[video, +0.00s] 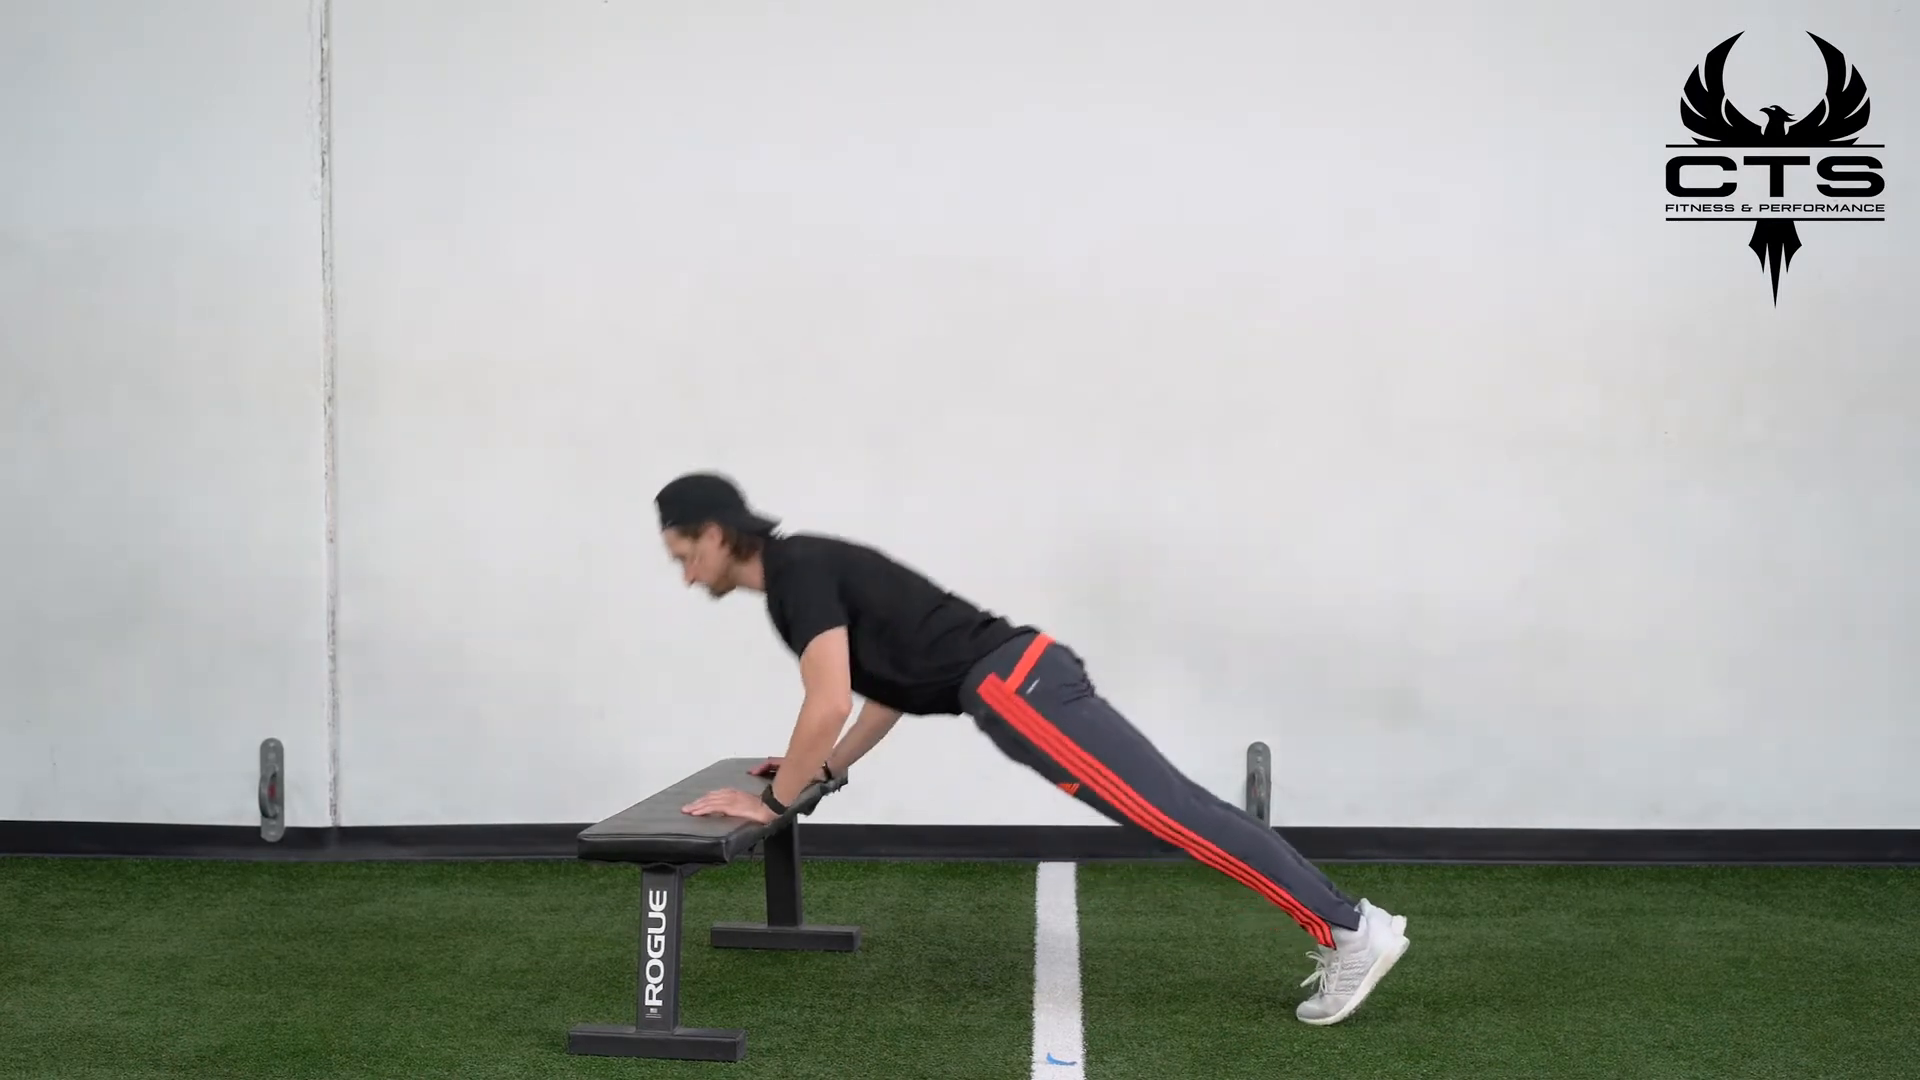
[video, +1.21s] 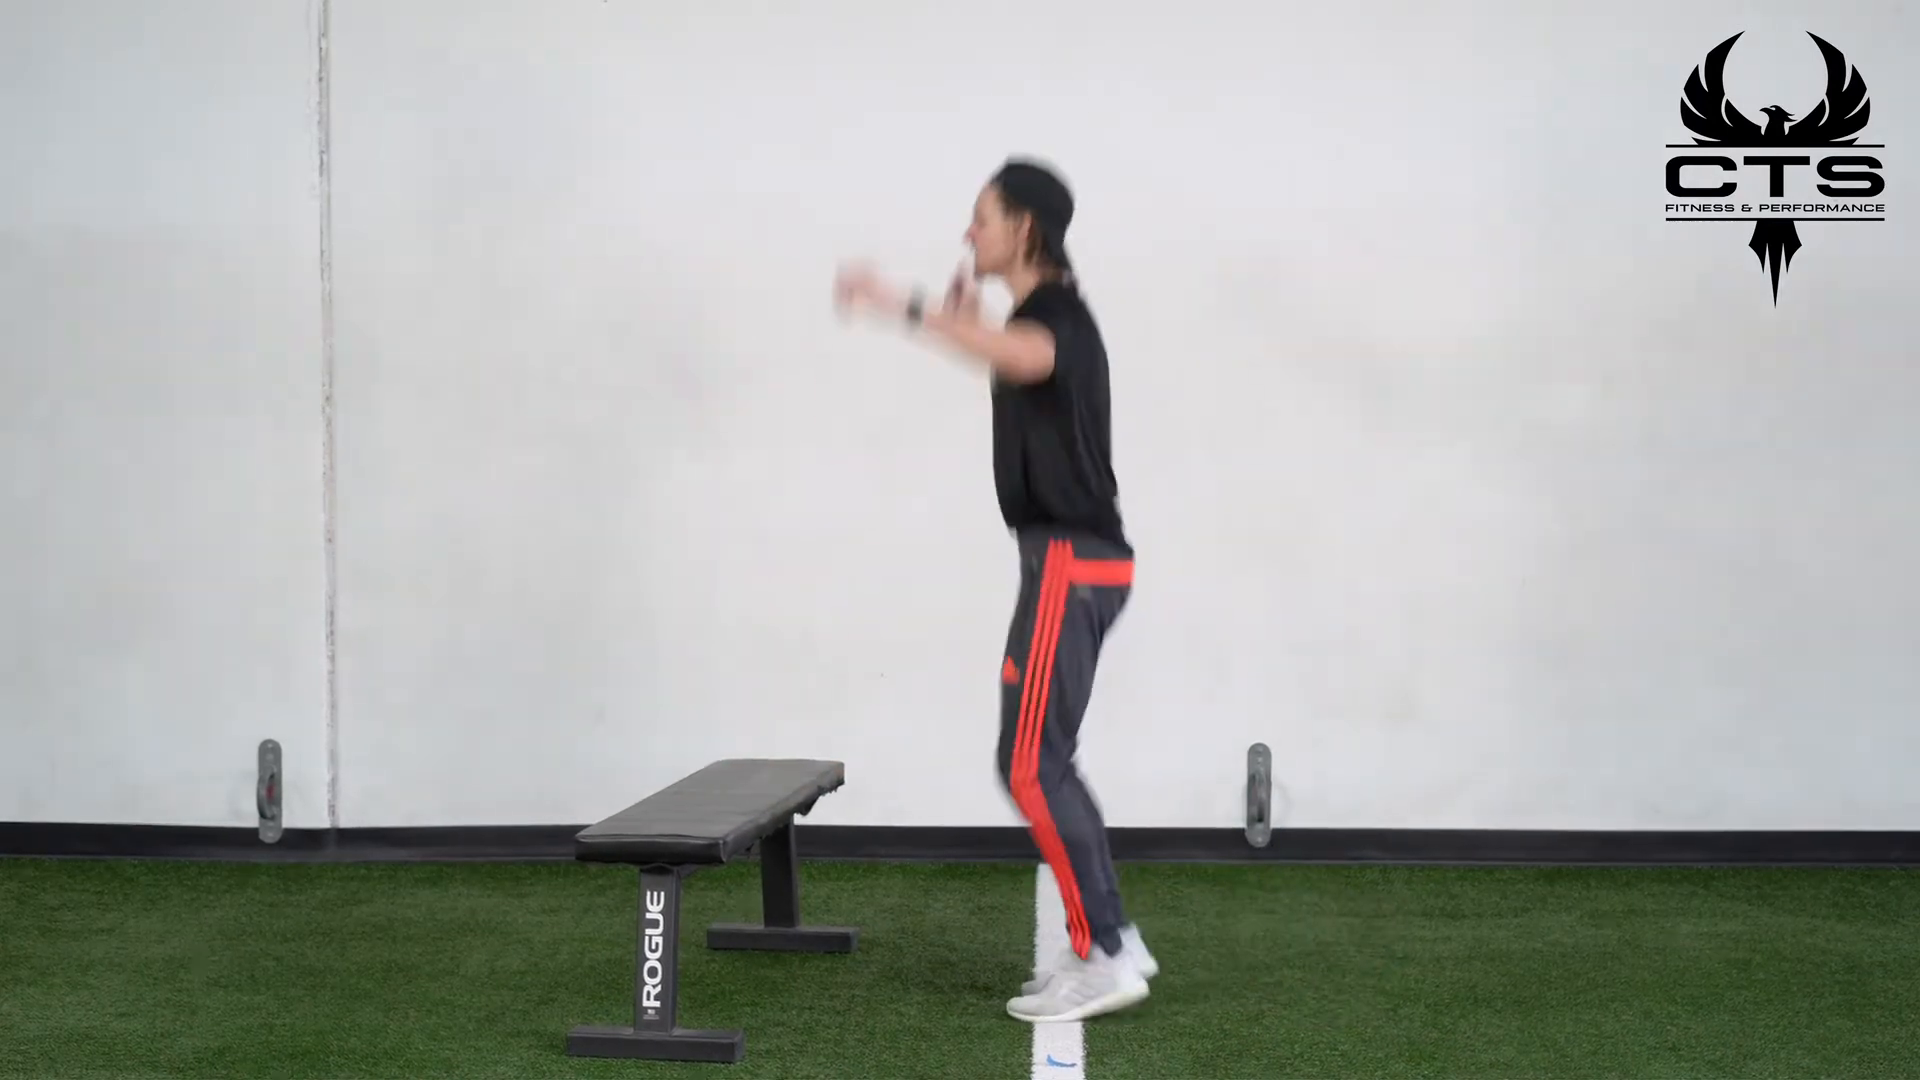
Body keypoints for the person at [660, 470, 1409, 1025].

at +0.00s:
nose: (679, 566)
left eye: (681, 549)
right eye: (673, 552)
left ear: (719, 534)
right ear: (728, 530)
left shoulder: (793, 570)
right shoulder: (812, 565)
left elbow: (828, 702)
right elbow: (891, 690)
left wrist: (772, 799)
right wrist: (828, 764)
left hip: (1015, 684)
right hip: (1018, 678)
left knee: (1172, 812)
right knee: (1174, 806)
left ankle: (1353, 932)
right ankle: (1346, 925)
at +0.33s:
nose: (763, 512)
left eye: (768, 496)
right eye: (761, 497)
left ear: (810, 490)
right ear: (825, 488)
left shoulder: (869, 546)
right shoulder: (898, 536)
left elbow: (843, 681)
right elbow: (887, 679)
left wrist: (771, 798)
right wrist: (821, 764)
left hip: (1109, 613)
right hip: (1091, 624)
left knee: (1218, 790)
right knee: (1047, 778)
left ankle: (1376, 948)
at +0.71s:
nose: (842, 442)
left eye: (850, 425)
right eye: (843, 424)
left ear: (894, 426)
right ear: (895, 427)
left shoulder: (957, 493)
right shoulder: (964, 494)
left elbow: (889, 636)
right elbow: (916, 646)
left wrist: (803, 720)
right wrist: (829, 729)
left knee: (1101, 786)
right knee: (1062, 769)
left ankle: (1256, 920)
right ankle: (1120, 955)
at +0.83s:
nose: (857, 380)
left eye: (866, 365)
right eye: (859, 364)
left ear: (911, 370)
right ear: (917, 370)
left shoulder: (968, 440)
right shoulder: (967, 436)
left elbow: (971, 598)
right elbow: (971, 596)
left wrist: (908, 689)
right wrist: (909, 687)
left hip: (1159, 569)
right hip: (1149, 569)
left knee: (1083, 762)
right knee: (1083, 762)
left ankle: (1140, 958)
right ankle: (1128, 949)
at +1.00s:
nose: (897, 322)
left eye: (909, 309)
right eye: (902, 307)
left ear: (951, 322)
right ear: (955, 322)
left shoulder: (1000, 402)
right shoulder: (996, 400)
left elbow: (1013, 553)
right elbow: (1022, 565)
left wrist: (962, 667)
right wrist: (973, 670)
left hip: (1137, 591)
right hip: (1126, 589)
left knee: (1043, 780)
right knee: (1044, 777)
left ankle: (1119, 968)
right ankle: (1116, 960)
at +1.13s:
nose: (948, 288)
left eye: (961, 274)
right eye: (952, 273)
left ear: (1004, 282)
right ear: (1003, 285)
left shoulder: (1040, 366)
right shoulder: (1024, 372)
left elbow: (1010, 461)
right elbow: (1018, 485)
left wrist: (896, 485)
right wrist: (936, 478)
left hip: (1100, 604)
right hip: (1083, 602)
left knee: (1007, 796)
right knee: (1010, 792)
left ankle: (1113, 967)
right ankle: (1108, 957)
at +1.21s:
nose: (972, 232)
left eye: (982, 218)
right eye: (975, 217)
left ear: (1023, 227)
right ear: (1028, 229)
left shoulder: (1058, 314)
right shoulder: (1040, 314)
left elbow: (1026, 355)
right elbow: (1020, 372)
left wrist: (907, 311)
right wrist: (964, 327)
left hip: (1073, 563)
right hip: (1064, 558)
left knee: (1030, 762)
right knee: (1040, 759)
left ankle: (1108, 955)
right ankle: (1106, 946)